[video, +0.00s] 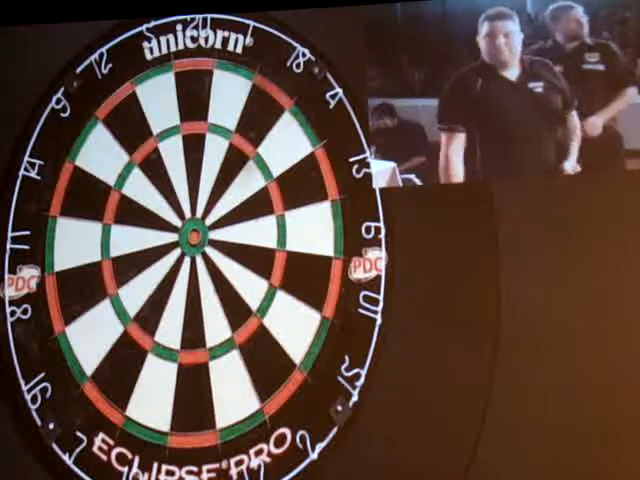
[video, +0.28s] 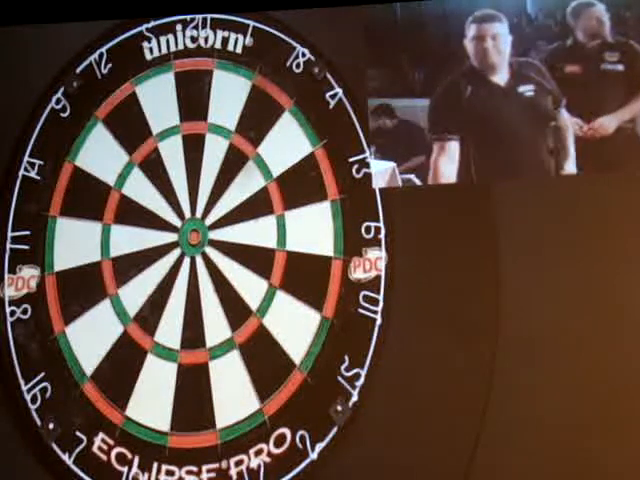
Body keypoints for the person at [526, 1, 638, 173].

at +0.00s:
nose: (582, 23)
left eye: (583, 18)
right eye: (574, 19)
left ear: (587, 20)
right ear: (555, 24)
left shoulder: (605, 50)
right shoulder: (537, 55)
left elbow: (631, 91)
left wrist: (600, 118)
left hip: (601, 147)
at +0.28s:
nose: (596, 38)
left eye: (601, 29)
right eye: (589, 34)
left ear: (608, 23)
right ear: (573, 26)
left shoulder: (628, 52)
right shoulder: (556, 56)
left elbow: (637, 98)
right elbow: (543, 98)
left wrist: (614, 119)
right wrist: (567, 121)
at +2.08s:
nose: (574, 22)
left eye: (580, 17)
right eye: (568, 18)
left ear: (592, 22)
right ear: (557, 24)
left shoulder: (613, 59)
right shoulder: (540, 60)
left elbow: (634, 104)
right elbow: (526, 103)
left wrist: (589, 127)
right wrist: (545, 124)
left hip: (601, 157)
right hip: (553, 156)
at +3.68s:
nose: (575, 24)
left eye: (584, 19)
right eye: (574, 19)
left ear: (607, 24)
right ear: (570, 22)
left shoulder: (631, 60)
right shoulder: (558, 60)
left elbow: (637, 112)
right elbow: (542, 101)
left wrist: (611, 126)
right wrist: (554, 117)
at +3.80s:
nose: (571, 24)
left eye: (580, 19)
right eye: (572, 19)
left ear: (606, 24)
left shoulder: (631, 61)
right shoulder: (564, 59)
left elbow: (638, 121)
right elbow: (530, 95)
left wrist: (623, 144)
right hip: (571, 163)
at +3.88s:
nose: (570, 25)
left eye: (579, 19)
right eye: (571, 19)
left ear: (606, 24)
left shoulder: (632, 61)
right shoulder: (563, 59)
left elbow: (636, 114)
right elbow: (528, 94)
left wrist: (630, 148)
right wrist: (541, 74)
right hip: (571, 163)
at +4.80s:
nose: (590, 30)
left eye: (596, 23)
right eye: (585, 25)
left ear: (616, 24)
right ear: (579, 30)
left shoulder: (633, 60)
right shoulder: (569, 61)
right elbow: (531, 91)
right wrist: (549, 82)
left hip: (625, 159)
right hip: (578, 160)